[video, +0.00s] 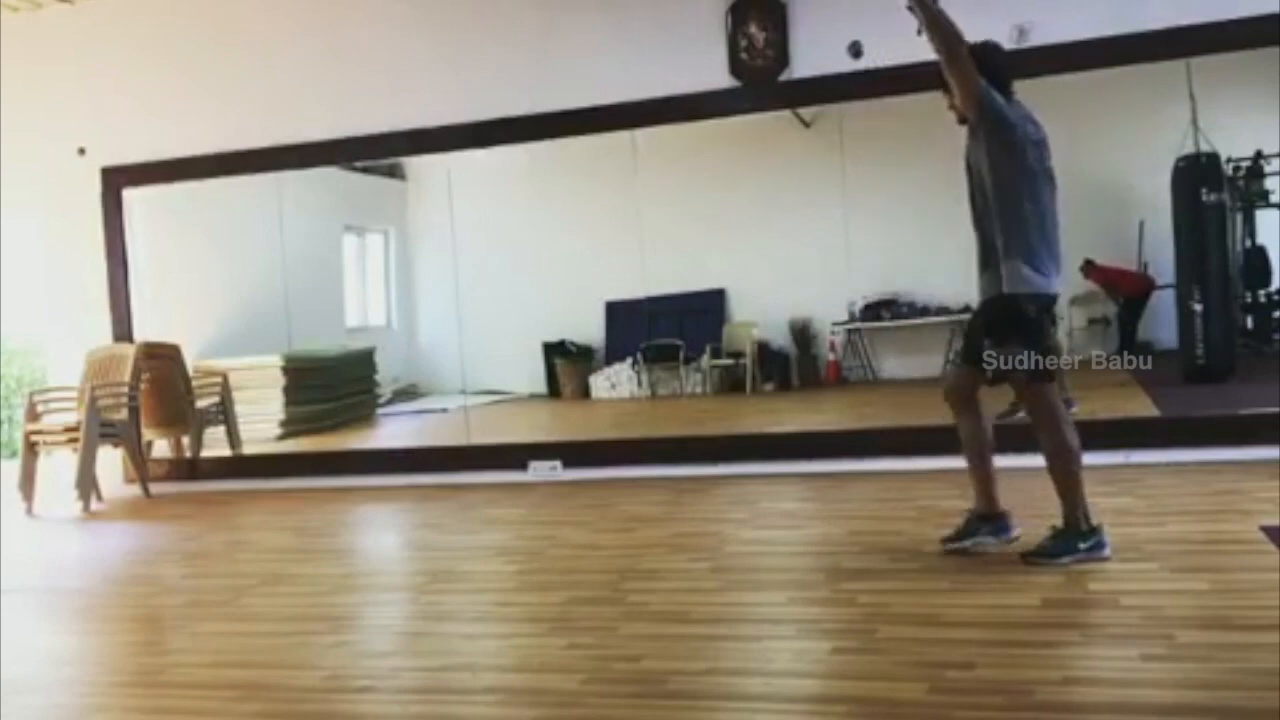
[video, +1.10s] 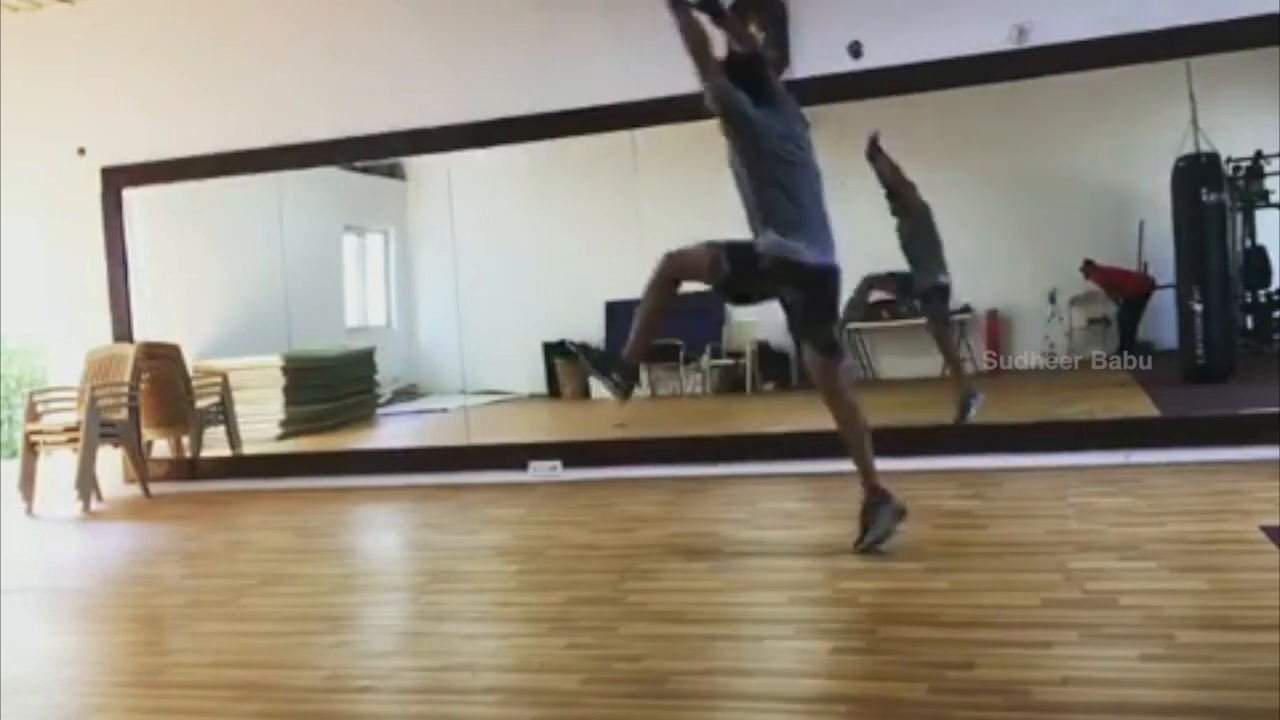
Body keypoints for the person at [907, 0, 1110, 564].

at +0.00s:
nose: (949, 104)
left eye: (952, 91)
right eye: (946, 93)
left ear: (975, 84)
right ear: (994, 78)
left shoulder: (1007, 123)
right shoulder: (1003, 128)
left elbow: (960, 58)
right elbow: (959, 58)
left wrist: (926, 9)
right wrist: (929, 19)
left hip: (1025, 287)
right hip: (1004, 288)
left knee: (1040, 398)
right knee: (960, 388)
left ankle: (1080, 526)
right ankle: (989, 513)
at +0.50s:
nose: (881, 108)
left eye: (885, 96)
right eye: (881, 95)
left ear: (906, 100)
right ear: (930, 97)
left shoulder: (921, 139)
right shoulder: (952, 139)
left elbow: (874, 74)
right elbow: (917, 80)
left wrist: (842, 18)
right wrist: (885, 39)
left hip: (958, 300)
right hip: (971, 297)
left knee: (1006, 415)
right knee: (908, 397)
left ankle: (1074, 523)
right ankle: (908, 522)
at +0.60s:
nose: (859, 112)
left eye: (862, 102)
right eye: (860, 99)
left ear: (878, 106)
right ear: (905, 103)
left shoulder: (885, 142)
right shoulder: (929, 143)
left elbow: (841, 75)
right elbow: (890, 86)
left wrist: (807, 17)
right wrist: (860, 48)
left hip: (916, 300)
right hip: (942, 298)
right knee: (889, 406)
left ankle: (1028, 501)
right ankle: (905, 522)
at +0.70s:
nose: (838, 117)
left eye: (842, 108)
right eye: (840, 109)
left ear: (857, 110)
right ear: (890, 107)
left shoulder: (869, 147)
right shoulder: (919, 150)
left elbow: (825, 73)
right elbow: (888, 104)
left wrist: (800, 23)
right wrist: (865, 70)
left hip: (891, 304)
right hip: (929, 304)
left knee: (868, 422)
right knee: (876, 419)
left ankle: (964, 496)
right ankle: (905, 524)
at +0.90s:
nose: (799, 142)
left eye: (805, 134)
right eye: (800, 132)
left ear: (819, 137)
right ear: (846, 133)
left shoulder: (831, 176)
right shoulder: (867, 176)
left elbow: (793, 123)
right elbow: (832, 113)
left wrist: (771, 73)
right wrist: (804, 63)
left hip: (835, 324)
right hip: (877, 330)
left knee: (741, 372)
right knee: (834, 426)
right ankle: (897, 527)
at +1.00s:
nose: (748, 119)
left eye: (750, 109)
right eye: (748, 106)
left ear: (765, 110)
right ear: (794, 104)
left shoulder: (780, 146)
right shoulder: (817, 142)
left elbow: (742, 89)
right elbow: (780, 85)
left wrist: (717, 31)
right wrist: (748, 41)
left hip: (797, 290)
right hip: (835, 299)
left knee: (692, 284)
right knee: (837, 412)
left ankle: (625, 374)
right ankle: (891, 515)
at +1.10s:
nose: (717, 90)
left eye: (720, 83)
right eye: (726, 74)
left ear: (733, 90)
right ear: (771, 75)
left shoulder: (745, 119)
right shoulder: (791, 115)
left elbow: (704, 60)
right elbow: (758, 54)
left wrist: (677, 8)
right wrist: (722, 15)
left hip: (775, 258)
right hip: (820, 268)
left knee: (672, 267)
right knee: (833, 382)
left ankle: (626, 368)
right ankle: (877, 495)